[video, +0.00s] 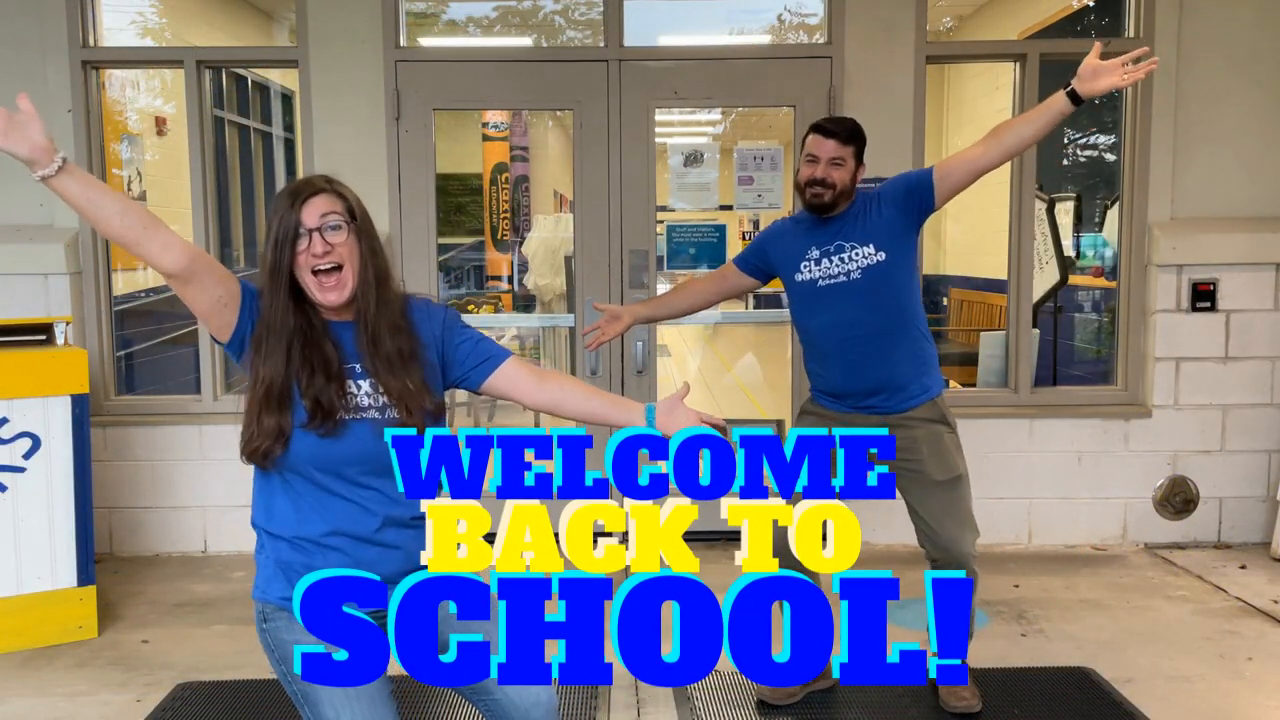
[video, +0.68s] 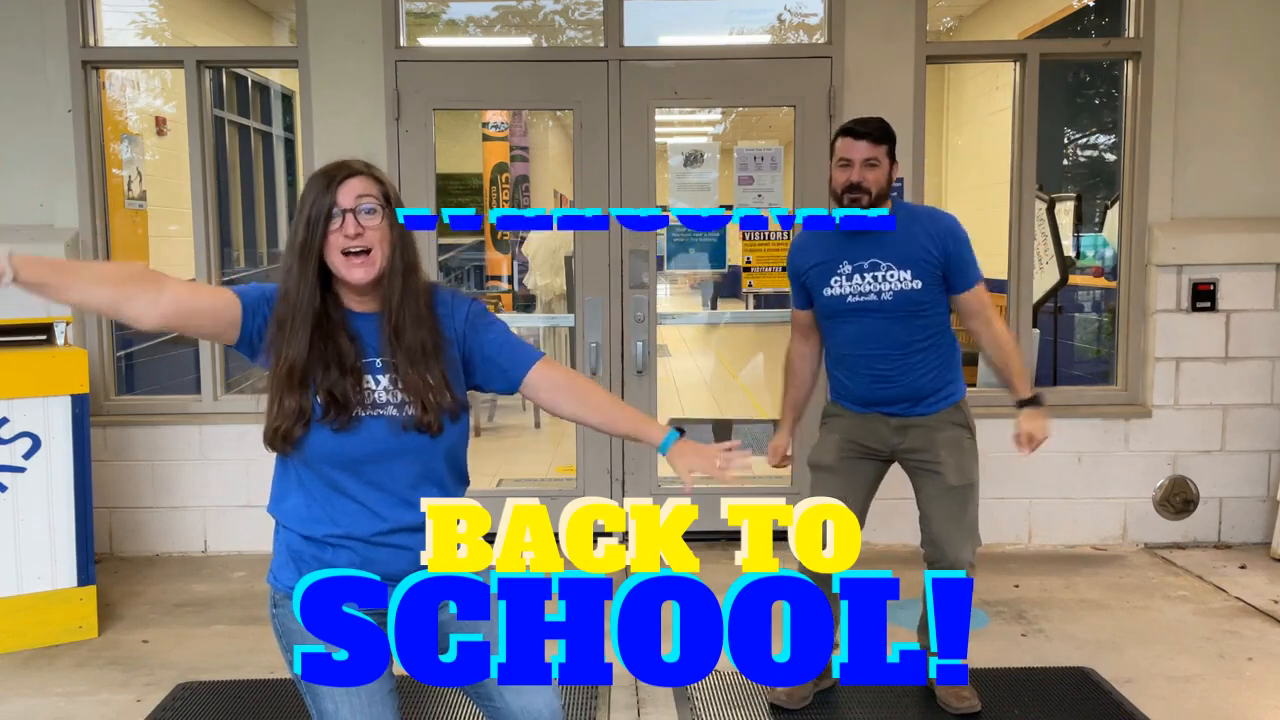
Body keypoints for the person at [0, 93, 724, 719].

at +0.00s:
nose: (322, 244)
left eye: (335, 227)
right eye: (304, 234)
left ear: (366, 240)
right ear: (285, 256)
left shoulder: (420, 324)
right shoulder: (267, 324)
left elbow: (534, 385)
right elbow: (170, 255)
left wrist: (652, 414)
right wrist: (49, 164)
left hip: (429, 575)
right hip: (312, 589)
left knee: (531, 681)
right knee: (360, 706)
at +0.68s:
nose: (355, 226)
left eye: (371, 213)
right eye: (339, 215)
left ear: (397, 232)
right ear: (317, 237)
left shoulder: (447, 319)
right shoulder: (288, 312)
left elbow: (552, 384)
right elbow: (158, 302)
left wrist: (670, 441)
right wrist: (23, 267)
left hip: (442, 564)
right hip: (326, 570)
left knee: (544, 674)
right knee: (355, 704)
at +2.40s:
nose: (954, 187)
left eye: (969, 169)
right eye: (938, 180)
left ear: (1005, 177)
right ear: (928, 204)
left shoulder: (1066, 288)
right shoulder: (904, 273)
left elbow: (1090, 434)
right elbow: (844, 378)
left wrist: (1085, 401)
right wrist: (750, 438)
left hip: (1021, 551)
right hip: (890, 547)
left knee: (1090, 710)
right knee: (868, 711)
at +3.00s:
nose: (1067, 166)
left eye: (1088, 152)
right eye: (1054, 155)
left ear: (1123, 170)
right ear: (1037, 176)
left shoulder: (1178, 260)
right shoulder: (1030, 272)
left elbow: (1271, 376)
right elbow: (999, 399)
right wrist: (938, 328)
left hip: (1160, 550)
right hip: (1040, 540)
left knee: (1141, 710)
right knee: (1042, 708)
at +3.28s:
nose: (1051, 194)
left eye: (1071, 179)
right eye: (1036, 182)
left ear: (1102, 196)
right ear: (1017, 203)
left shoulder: (1167, 285)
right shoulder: (1013, 303)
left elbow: (1266, 396)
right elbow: (975, 428)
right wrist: (914, 366)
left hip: (1173, 578)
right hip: (1044, 569)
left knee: (1155, 713)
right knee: (1014, 711)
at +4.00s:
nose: (816, 174)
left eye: (829, 157)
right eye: (795, 168)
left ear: (858, 174)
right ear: (778, 198)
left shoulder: (881, 287)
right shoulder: (752, 293)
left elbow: (890, 399)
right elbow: (694, 419)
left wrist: (953, 455)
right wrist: (641, 518)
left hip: (879, 551)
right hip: (777, 567)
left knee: (971, 690)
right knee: (819, 711)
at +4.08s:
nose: (779, 165)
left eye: (792, 148)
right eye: (759, 158)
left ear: (820, 164)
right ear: (740, 185)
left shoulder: (833, 276)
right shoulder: (722, 280)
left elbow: (848, 393)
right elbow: (651, 406)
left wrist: (919, 450)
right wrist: (601, 522)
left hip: (842, 546)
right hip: (750, 559)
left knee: (894, 697)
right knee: (797, 711)